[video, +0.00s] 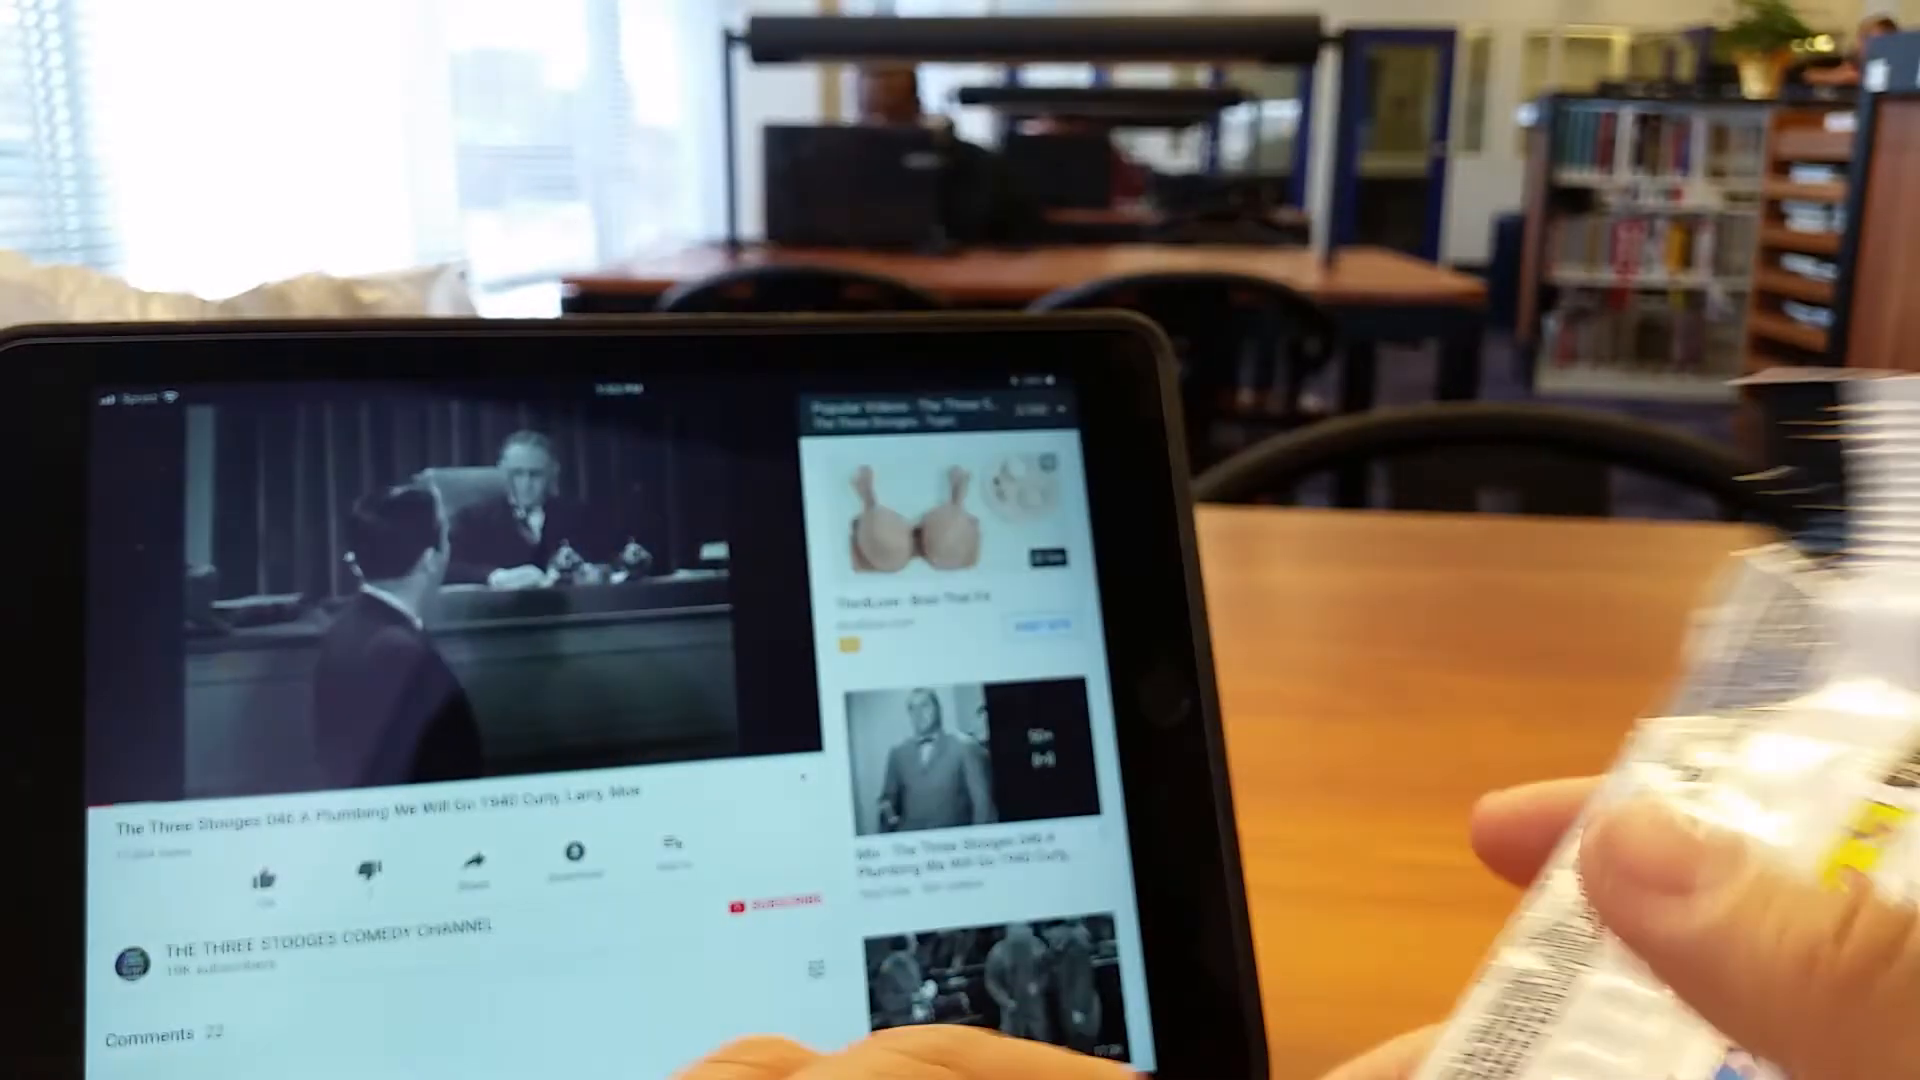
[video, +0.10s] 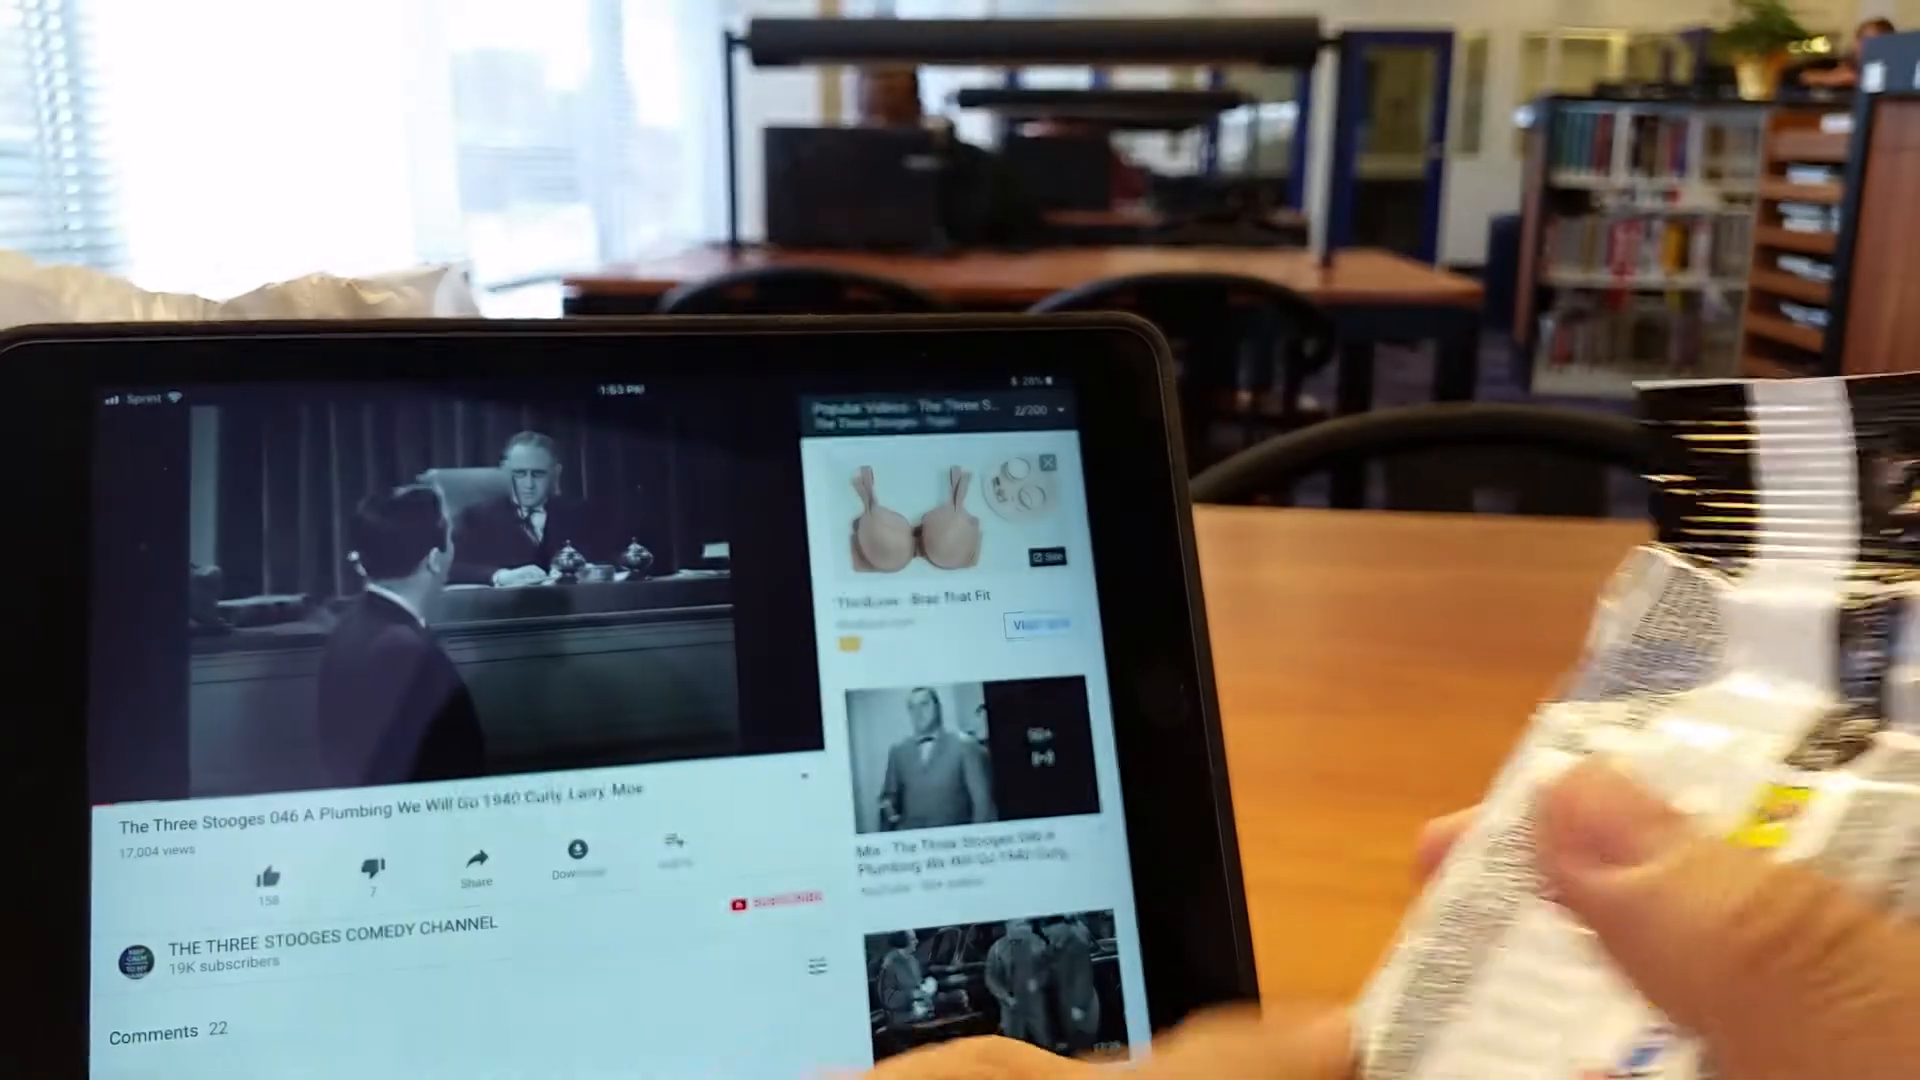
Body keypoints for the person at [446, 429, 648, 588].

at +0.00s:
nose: (524, 484)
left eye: (534, 475)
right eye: (516, 474)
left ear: (552, 476)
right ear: (503, 474)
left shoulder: (577, 518)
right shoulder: (476, 521)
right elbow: (451, 569)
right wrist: (493, 577)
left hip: (570, 628)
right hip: (501, 633)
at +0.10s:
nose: (528, 484)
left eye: (538, 474)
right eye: (519, 474)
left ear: (556, 473)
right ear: (506, 472)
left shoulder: (579, 515)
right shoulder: (479, 519)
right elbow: (453, 570)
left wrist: (587, 570)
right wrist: (498, 576)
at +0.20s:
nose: (532, 484)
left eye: (541, 474)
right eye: (523, 474)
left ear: (559, 473)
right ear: (509, 471)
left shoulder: (584, 515)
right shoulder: (480, 519)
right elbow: (455, 569)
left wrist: (587, 569)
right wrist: (502, 576)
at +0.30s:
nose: (533, 484)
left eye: (543, 475)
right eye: (524, 474)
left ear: (560, 473)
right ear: (511, 470)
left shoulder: (586, 515)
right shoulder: (483, 519)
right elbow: (456, 568)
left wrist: (591, 568)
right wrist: (504, 575)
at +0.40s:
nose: (534, 484)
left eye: (544, 475)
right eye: (525, 474)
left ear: (561, 473)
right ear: (512, 471)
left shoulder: (587, 515)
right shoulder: (484, 519)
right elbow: (457, 568)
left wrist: (590, 569)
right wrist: (504, 575)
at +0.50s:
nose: (533, 485)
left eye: (543, 475)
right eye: (525, 474)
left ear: (560, 474)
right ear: (511, 471)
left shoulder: (585, 514)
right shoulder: (483, 519)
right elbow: (457, 569)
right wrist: (503, 575)